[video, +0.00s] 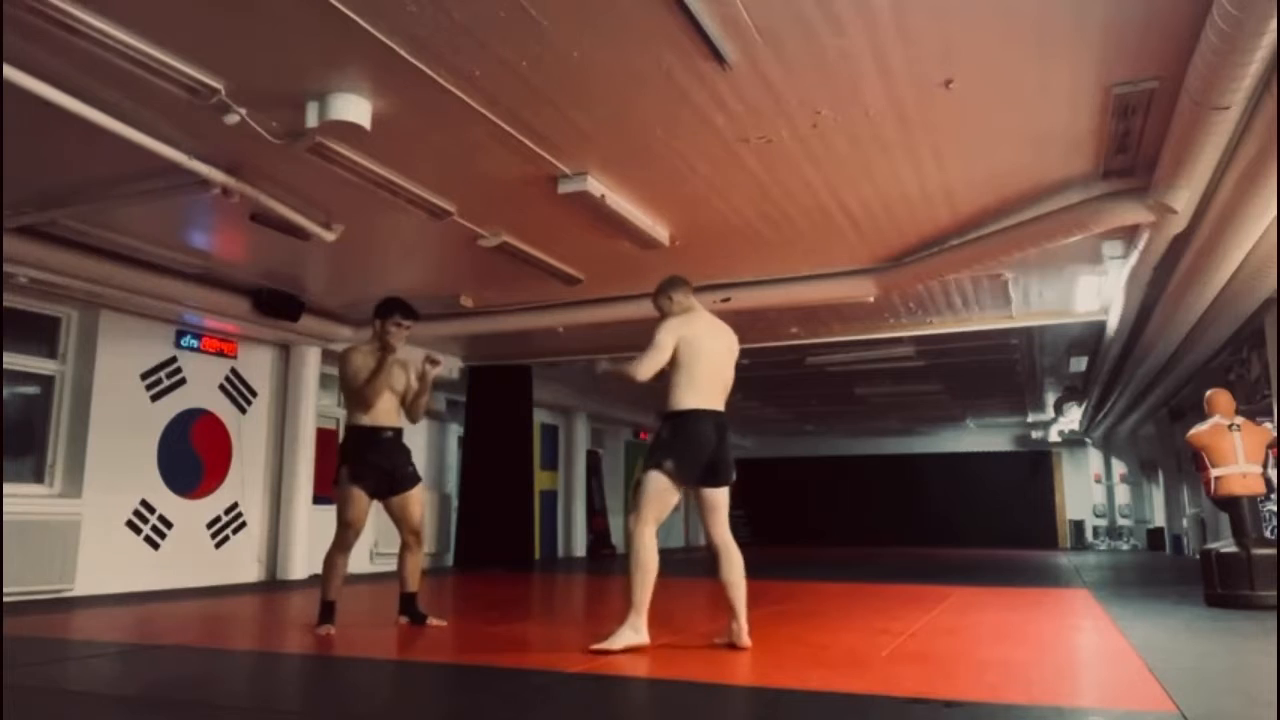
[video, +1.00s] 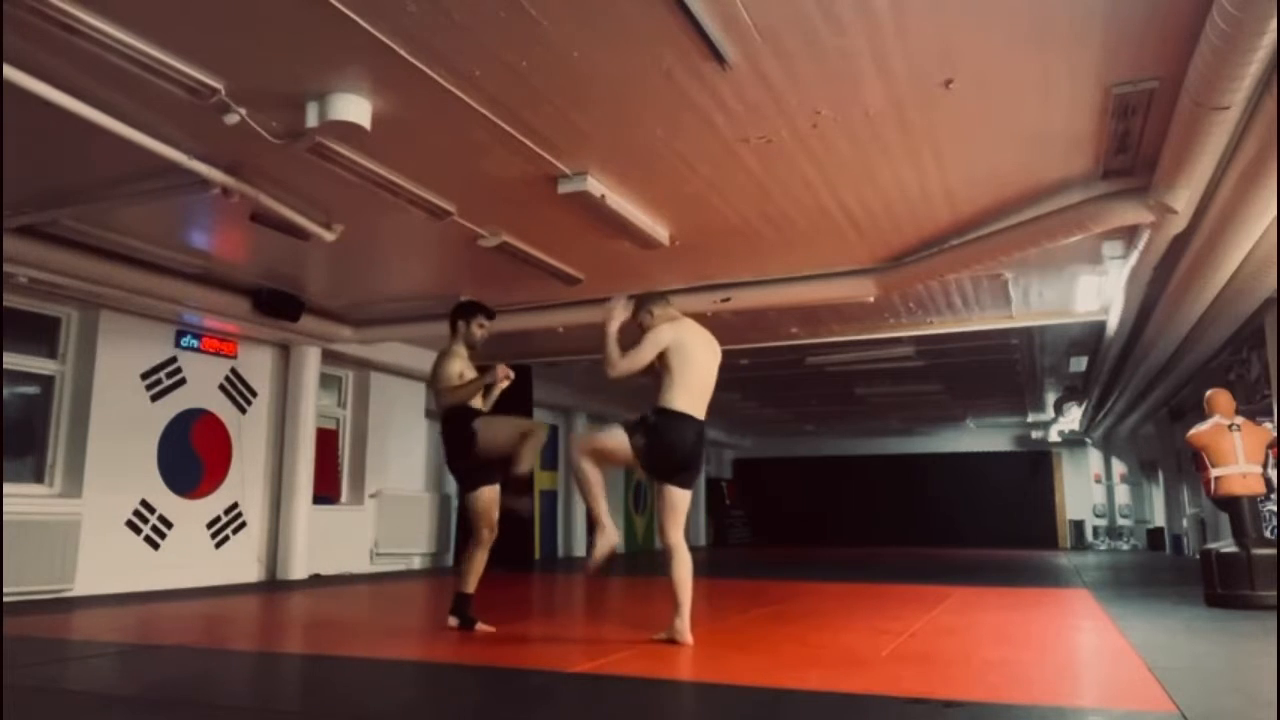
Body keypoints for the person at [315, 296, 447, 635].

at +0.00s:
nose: (401, 333)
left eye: (406, 328)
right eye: (396, 325)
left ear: (409, 332)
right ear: (378, 323)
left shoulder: (405, 365)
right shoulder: (354, 355)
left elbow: (414, 414)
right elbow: (362, 400)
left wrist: (426, 381)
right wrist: (384, 360)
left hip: (394, 446)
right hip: (360, 444)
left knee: (414, 531)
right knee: (348, 531)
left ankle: (410, 607)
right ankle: (327, 614)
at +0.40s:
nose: (425, 335)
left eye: (429, 331)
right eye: (420, 327)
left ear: (429, 334)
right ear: (399, 325)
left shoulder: (420, 368)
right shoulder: (376, 358)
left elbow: (425, 419)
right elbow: (387, 402)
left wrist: (445, 390)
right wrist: (416, 362)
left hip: (409, 453)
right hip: (375, 451)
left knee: (442, 528)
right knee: (351, 536)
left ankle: (452, 605)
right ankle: (326, 614)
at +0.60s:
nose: (459, 337)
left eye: (462, 332)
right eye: (453, 329)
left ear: (462, 335)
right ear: (433, 329)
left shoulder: (453, 367)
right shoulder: (416, 361)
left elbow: (455, 420)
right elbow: (427, 404)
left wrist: (478, 398)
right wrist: (458, 368)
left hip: (447, 453)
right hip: (413, 450)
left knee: (466, 531)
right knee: (386, 529)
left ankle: (459, 609)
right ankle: (338, 591)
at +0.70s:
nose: (471, 335)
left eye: (473, 329)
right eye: (465, 327)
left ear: (472, 332)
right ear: (446, 326)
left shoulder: (462, 366)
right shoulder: (430, 358)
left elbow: (463, 419)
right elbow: (443, 401)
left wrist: (489, 393)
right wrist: (472, 369)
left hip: (457, 446)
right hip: (428, 441)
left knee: (471, 529)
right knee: (424, 505)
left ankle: (459, 609)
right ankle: (370, 560)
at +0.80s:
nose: (476, 333)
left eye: (479, 328)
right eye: (472, 326)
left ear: (475, 331)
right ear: (452, 325)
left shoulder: (466, 364)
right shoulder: (441, 355)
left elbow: (471, 414)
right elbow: (447, 401)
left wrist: (494, 386)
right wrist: (481, 371)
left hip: (465, 440)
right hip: (442, 434)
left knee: (475, 530)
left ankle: (461, 608)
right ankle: (402, 539)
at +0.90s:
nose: (481, 333)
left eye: (483, 328)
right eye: (476, 326)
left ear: (478, 330)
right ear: (457, 324)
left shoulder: (467, 362)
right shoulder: (446, 356)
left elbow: (475, 411)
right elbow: (445, 401)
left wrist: (497, 384)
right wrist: (483, 375)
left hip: (467, 439)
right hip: (453, 433)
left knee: (479, 529)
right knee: (512, 449)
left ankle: (462, 605)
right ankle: (460, 503)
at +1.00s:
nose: (484, 334)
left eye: (486, 328)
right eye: (479, 326)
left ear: (479, 330)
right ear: (460, 325)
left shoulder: (468, 364)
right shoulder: (450, 358)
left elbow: (475, 413)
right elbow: (445, 398)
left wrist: (496, 389)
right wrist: (486, 379)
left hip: (474, 447)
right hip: (466, 434)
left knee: (485, 532)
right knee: (537, 429)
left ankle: (462, 607)